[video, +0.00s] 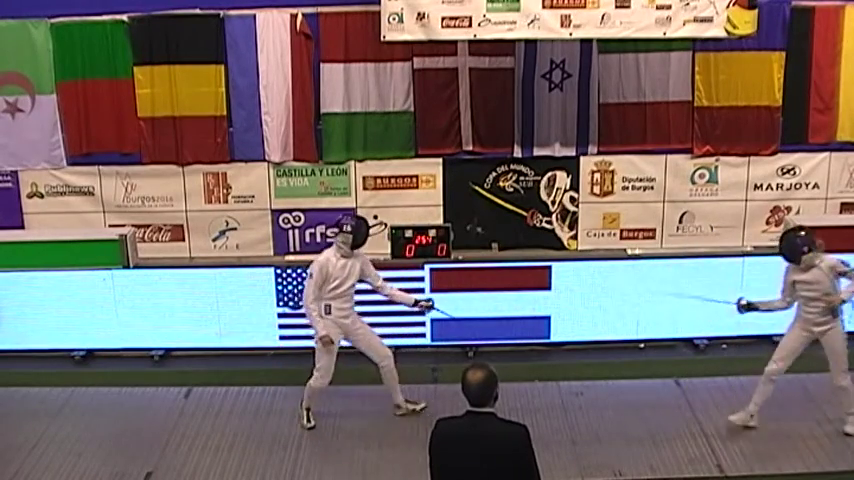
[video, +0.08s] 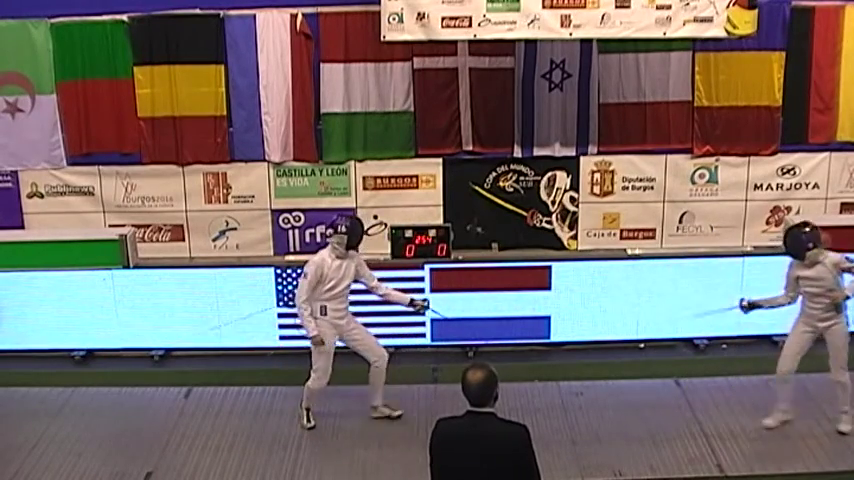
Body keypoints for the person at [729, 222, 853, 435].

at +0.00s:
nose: (801, 263)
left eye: (803, 259)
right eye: (797, 261)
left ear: (809, 251)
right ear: (793, 259)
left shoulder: (829, 264)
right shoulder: (792, 272)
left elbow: (853, 280)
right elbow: (786, 301)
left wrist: (843, 297)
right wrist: (753, 306)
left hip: (831, 327)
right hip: (802, 326)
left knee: (841, 380)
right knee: (772, 370)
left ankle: (850, 419)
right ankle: (750, 414)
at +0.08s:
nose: (806, 258)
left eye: (809, 254)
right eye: (802, 255)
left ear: (815, 248)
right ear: (797, 254)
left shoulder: (833, 261)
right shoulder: (795, 268)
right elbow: (789, 297)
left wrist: (846, 293)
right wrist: (756, 304)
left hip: (834, 323)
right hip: (807, 322)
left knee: (839, 374)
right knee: (784, 369)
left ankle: (846, 416)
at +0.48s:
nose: (801, 260)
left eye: (803, 255)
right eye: (798, 256)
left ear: (809, 249)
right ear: (794, 254)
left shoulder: (831, 264)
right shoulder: (792, 268)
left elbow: (852, 285)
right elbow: (786, 299)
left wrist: (839, 299)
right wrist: (754, 311)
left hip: (830, 326)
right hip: (802, 324)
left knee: (837, 374)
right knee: (773, 367)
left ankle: (843, 416)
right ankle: (756, 413)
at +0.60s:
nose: (789, 267)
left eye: (790, 262)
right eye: (785, 264)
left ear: (798, 256)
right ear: (782, 262)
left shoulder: (818, 273)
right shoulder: (781, 276)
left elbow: (842, 293)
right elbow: (764, 305)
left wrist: (825, 310)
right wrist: (732, 307)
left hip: (817, 334)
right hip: (790, 332)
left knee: (829, 380)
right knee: (758, 374)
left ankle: (842, 416)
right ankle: (742, 417)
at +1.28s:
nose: (799, 261)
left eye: (801, 257)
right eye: (796, 258)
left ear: (810, 249)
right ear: (795, 255)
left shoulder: (831, 260)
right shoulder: (791, 268)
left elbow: (853, 274)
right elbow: (780, 298)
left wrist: (843, 292)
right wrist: (748, 311)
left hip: (833, 323)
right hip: (804, 323)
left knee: (845, 374)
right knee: (775, 367)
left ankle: (852, 420)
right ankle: (762, 412)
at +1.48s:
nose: (823, 270)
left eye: (824, 265)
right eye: (817, 267)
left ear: (827, 259)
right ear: (812, 265)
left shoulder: (845, 273)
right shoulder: (807, 278)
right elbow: (798, 310)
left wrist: (852, 310)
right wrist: (765, 323)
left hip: (847, 334)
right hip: (819, 332)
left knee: (852, 374)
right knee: (787, 372)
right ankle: (777, 414)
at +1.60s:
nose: (842, 267)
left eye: (843, 262)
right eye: (836, 265)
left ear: (844, 258)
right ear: (826, 267)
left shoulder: (850, 274)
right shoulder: (823, 280)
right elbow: (817, 311)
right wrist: (784, 322)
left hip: (850, 334)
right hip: (836, 333)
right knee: (801, 372)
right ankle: (778, 412)